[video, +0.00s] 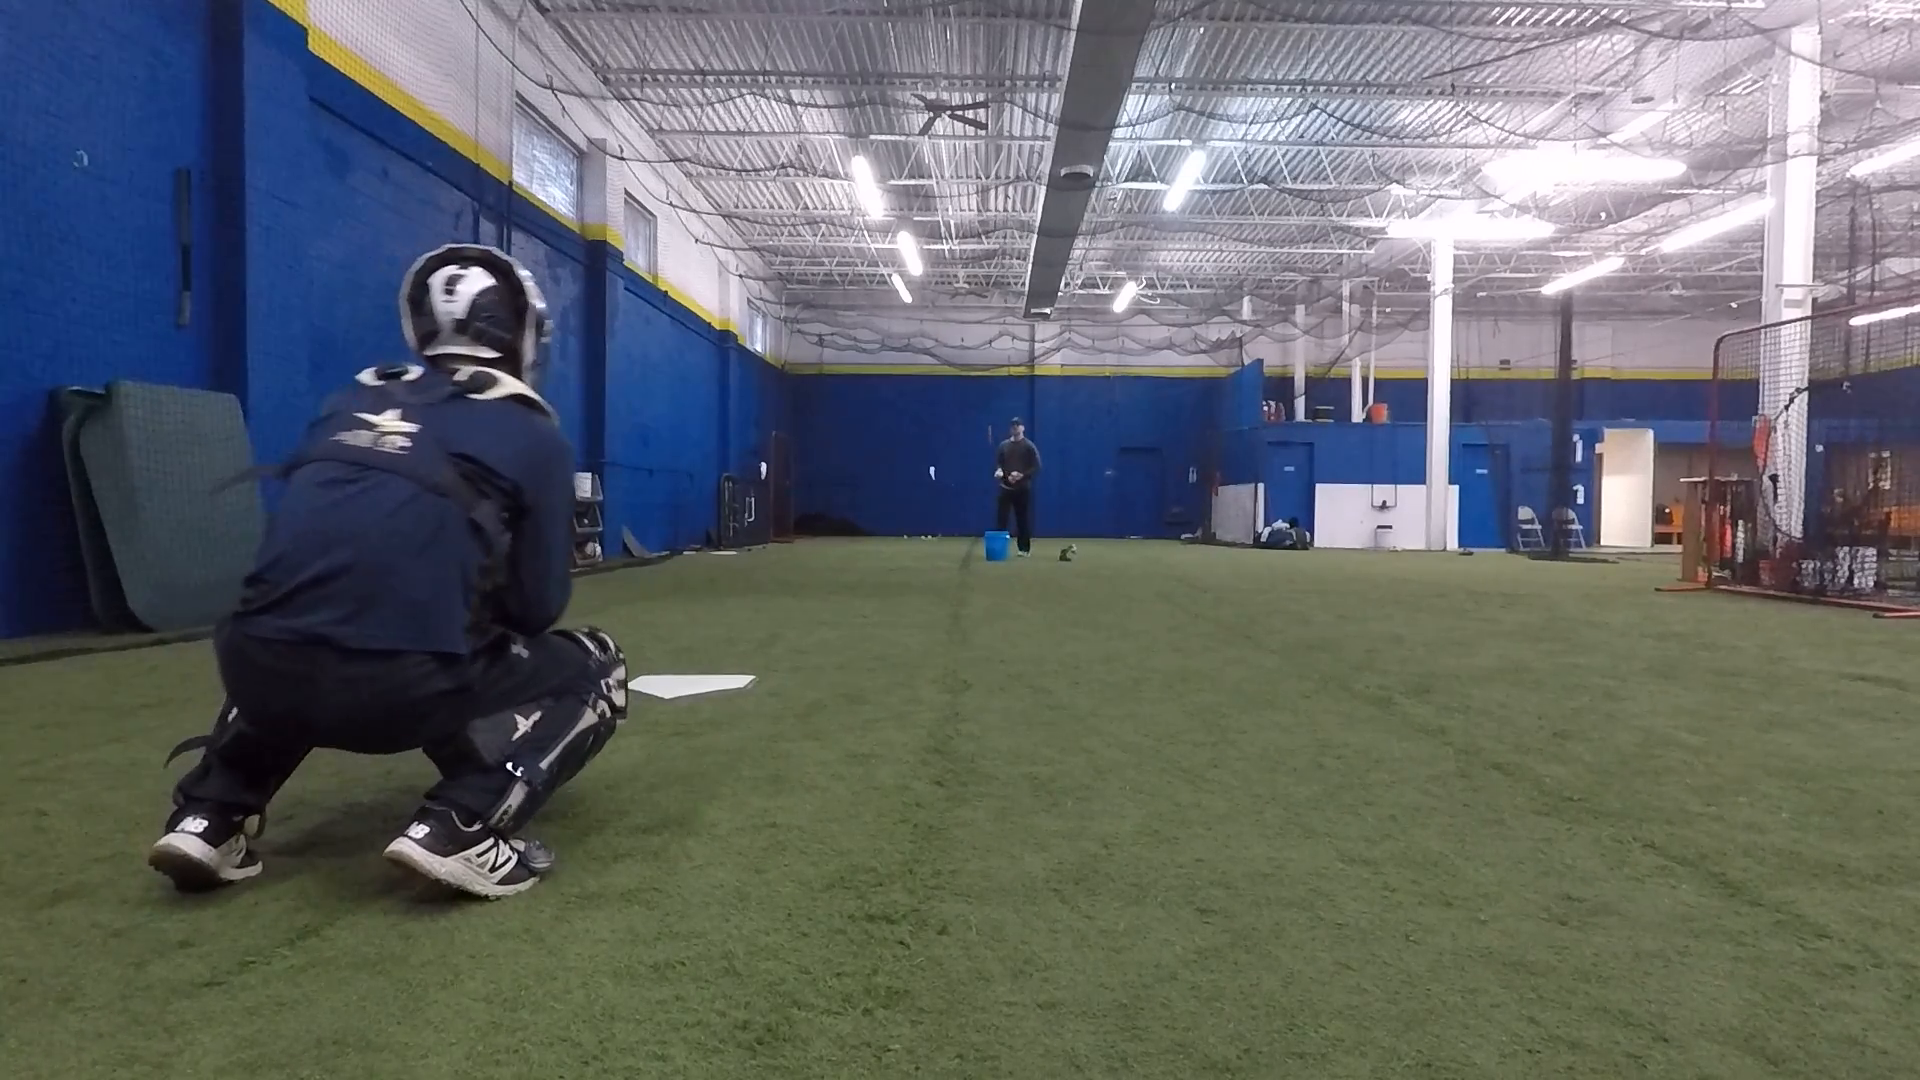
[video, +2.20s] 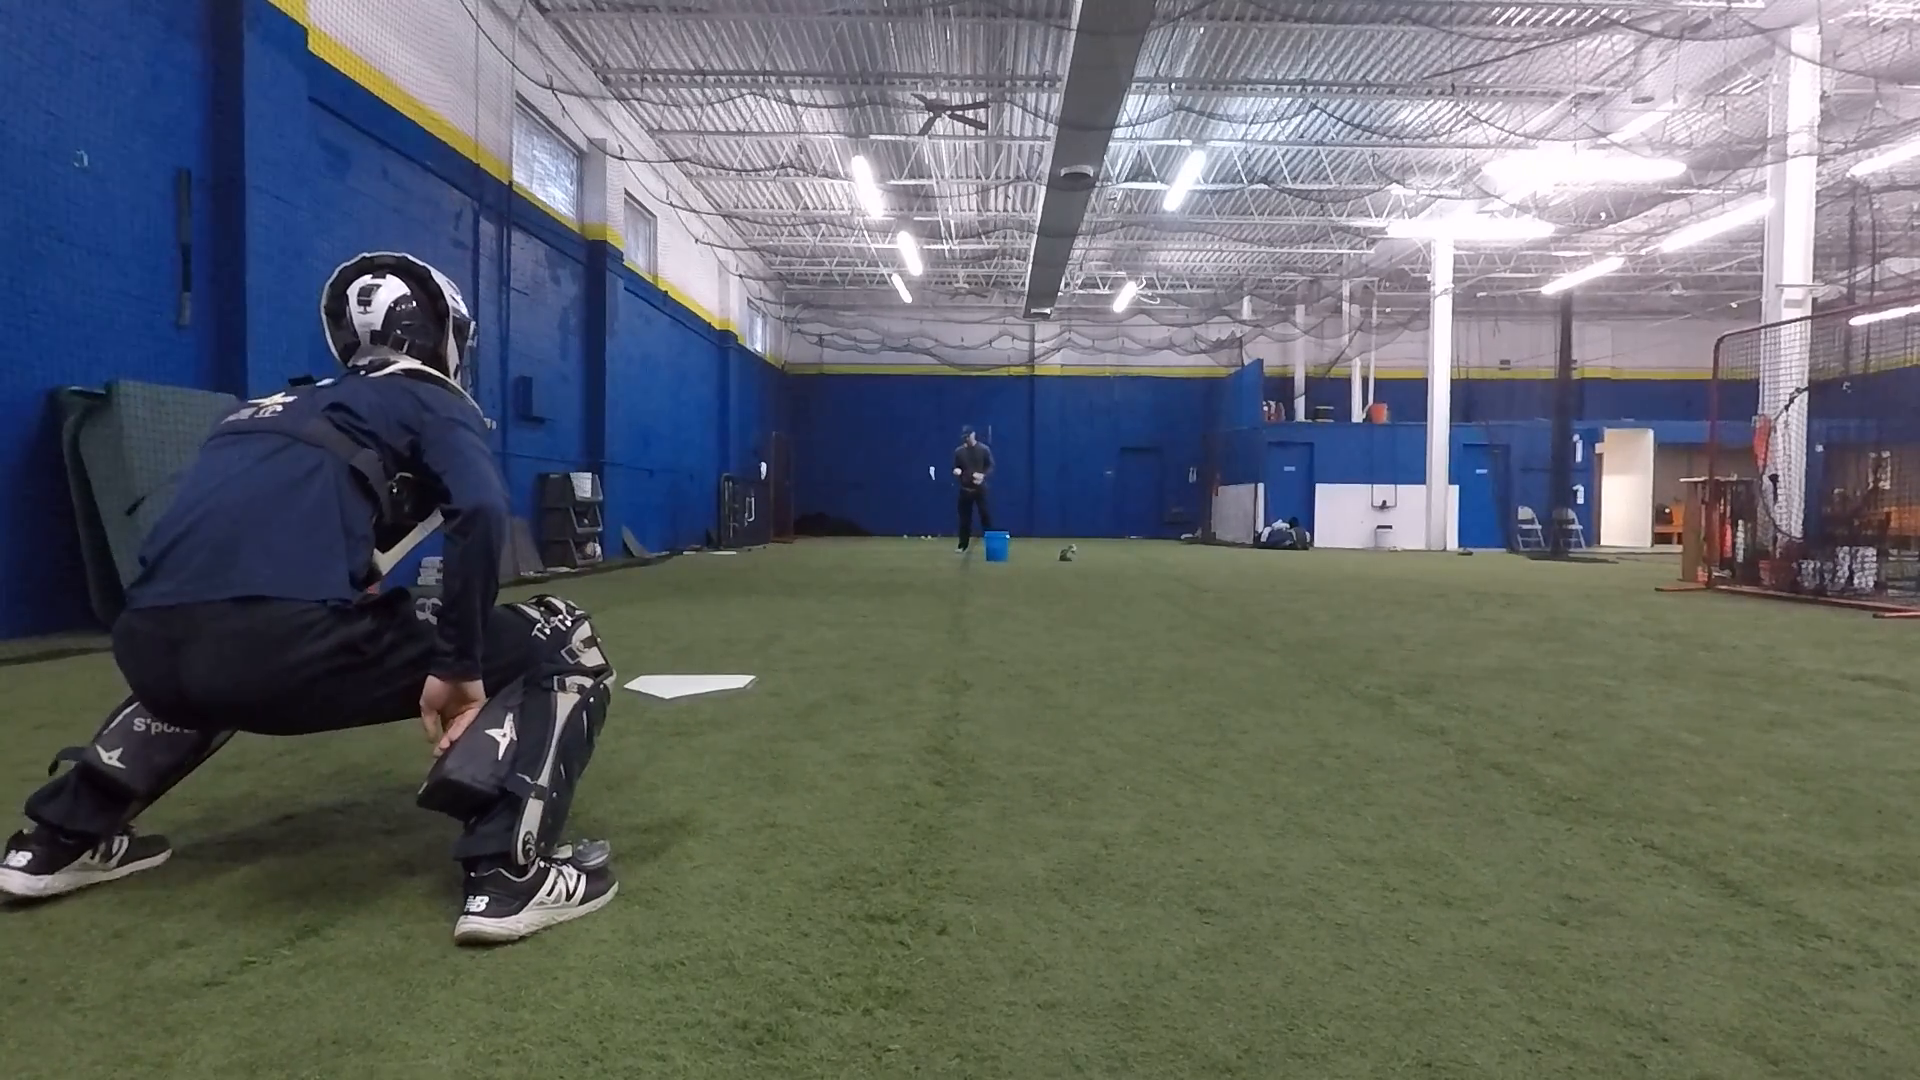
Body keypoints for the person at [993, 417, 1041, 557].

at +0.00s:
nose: (1016, 429)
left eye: (1018, 426)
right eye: (1013, 426)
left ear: (1023, 428)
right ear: (1010, 429)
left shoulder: (1029, 446)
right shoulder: (1003, 446)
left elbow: (1036, 466)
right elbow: (999, 463)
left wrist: (1022, 475)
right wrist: (1002, 472)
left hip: (1022, 488)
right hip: (1006, 487)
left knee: (1022, 519)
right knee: (1002, 517)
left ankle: (1024, 548)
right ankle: (999, 547)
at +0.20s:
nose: (1018, 429)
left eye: (1020, 427)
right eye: (1016, 427)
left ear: (1025, 429)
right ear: (1013, 429)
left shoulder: (1031, 447)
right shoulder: (1005, 446)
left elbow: (1039, 465)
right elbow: (999, 463)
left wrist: (1033, 475)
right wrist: (992, 462)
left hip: (1024, 489)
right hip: (1007, 489)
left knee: (1024, 520)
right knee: (1005, 518)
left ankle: (1024, 548)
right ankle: (1004, 545)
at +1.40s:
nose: (1012, 439)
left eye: (1014, 436)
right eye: (1010, 436)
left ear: (1019, 436)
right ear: (1007, 436)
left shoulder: (1025, 452)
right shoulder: (1000, 448)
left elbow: (1032, 469)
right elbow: (991, 461)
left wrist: (1025, 482)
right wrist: (996, 470)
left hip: (1013, 489)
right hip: (997, 487)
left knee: (1013, 518)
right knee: (994, 516)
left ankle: (1014, 545)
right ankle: (990, 545)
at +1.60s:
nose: (1006, 437)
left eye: (1008, 434)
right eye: (1004, 434)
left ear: (1013, 435)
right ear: (1001, 435)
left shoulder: (1019, 451)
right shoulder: (993, 448)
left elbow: (1026, 468)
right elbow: (986, 464)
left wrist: (1021, 481)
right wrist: (992, 471)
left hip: (1008, 490)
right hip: (991, 489)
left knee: (1011, 518)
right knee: (981, 515)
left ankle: (1014, 546)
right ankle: (971, 543)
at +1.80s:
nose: (991, 438)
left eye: (993, 436)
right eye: (989, 436)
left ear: (999, 436)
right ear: (987, 437)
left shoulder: (1006, 452)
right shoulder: (981, 451)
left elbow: (1014, 469)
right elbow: (976, 467)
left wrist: (1011, 482)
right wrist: (981, 473)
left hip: (999, 492)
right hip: (983, 492)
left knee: (1005, 520)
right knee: (973, 519)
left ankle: (1014, 545)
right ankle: (963, 544)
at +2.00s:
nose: (975, 438)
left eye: (977, 435)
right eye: (974, 436)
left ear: (983, 435)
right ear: (972, 437)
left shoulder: (993, 451)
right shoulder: (967, 452)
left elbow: (999, 467)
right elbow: (963, 466)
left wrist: (997, 478)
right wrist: (964, 473)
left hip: (987, 491)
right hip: (971, 491)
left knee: (996, 518)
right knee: (966, 520)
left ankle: (1009, 543)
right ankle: (963, 545)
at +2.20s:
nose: (967, 439)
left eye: (968, 436)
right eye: (965, 437)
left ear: (974, 435)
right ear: (962, 438)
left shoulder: (984, 450)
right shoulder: (959, 451)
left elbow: (991, 466)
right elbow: (956, 466)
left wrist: (983, 475)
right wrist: (956, 471)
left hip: (980, 489)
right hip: (965, 489)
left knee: (985, 514)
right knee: (964, 518)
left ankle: (990, 542)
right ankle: (962, 544)